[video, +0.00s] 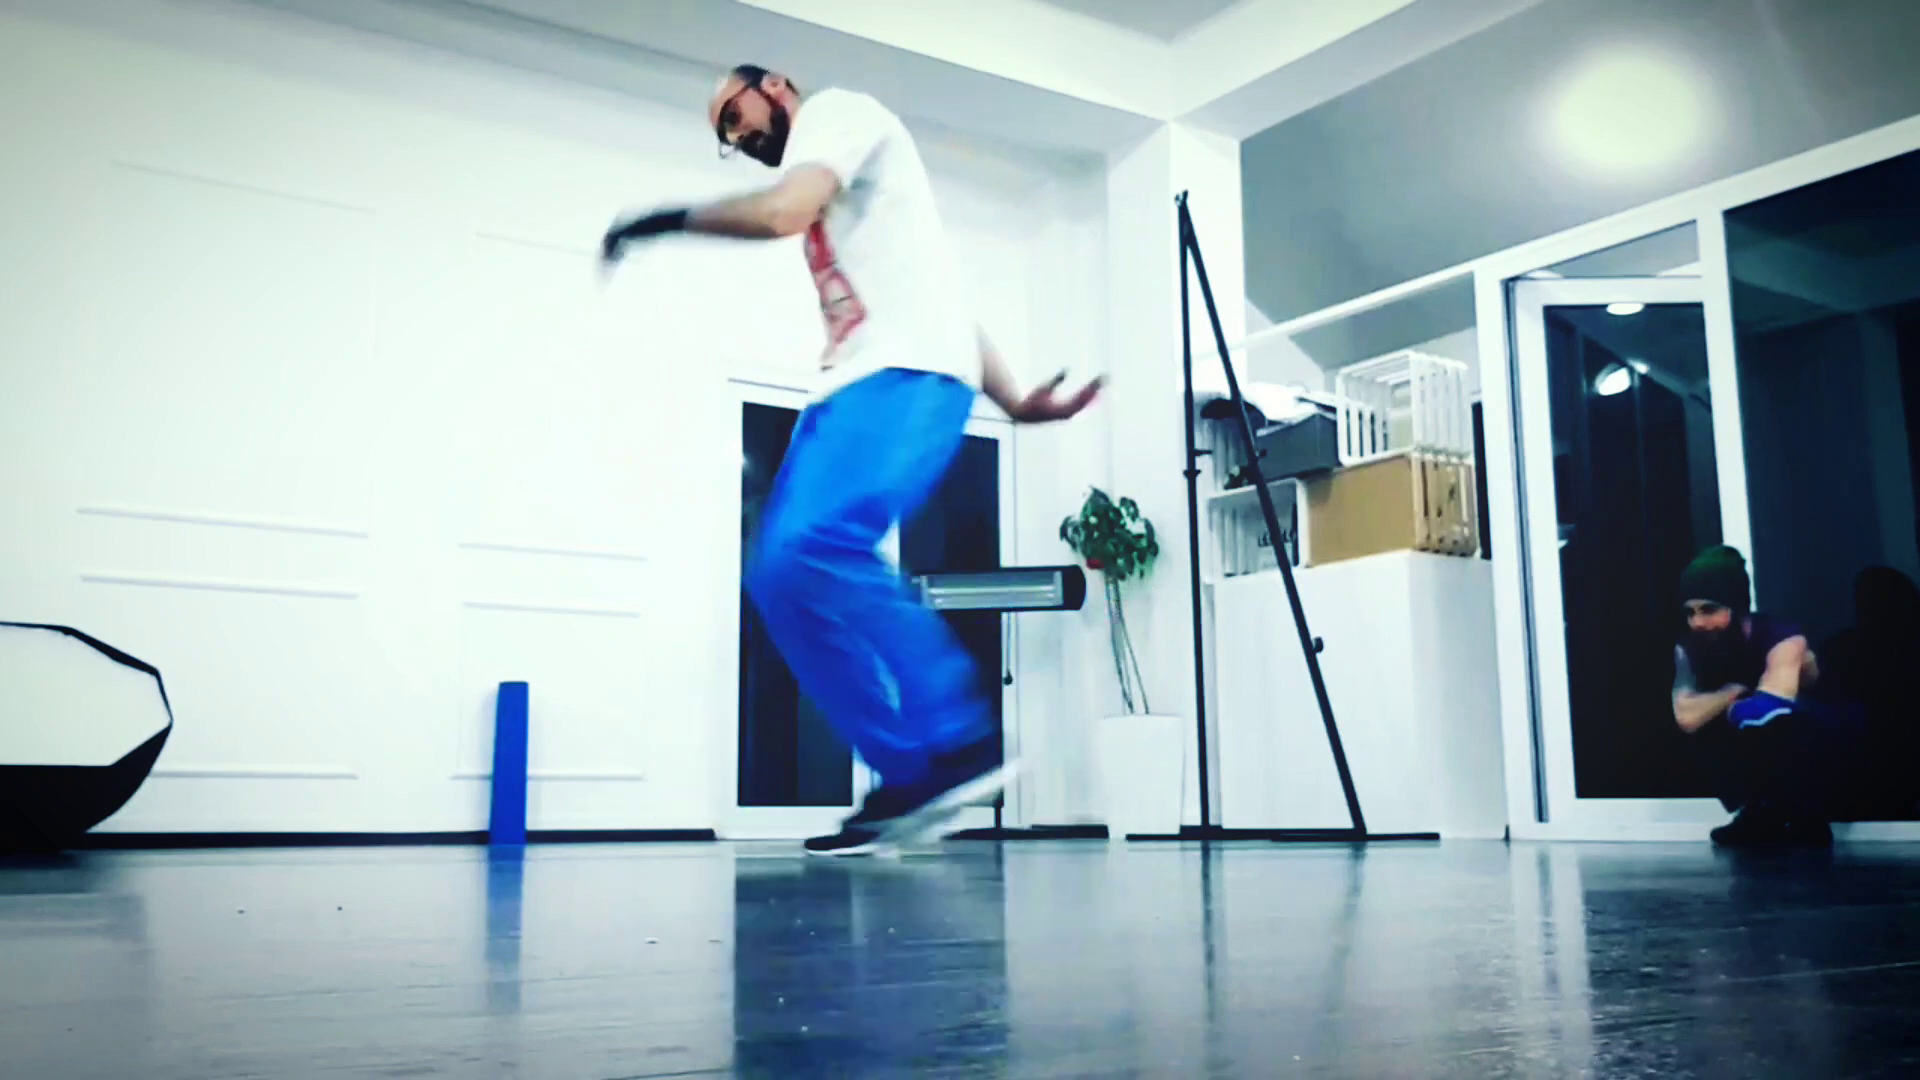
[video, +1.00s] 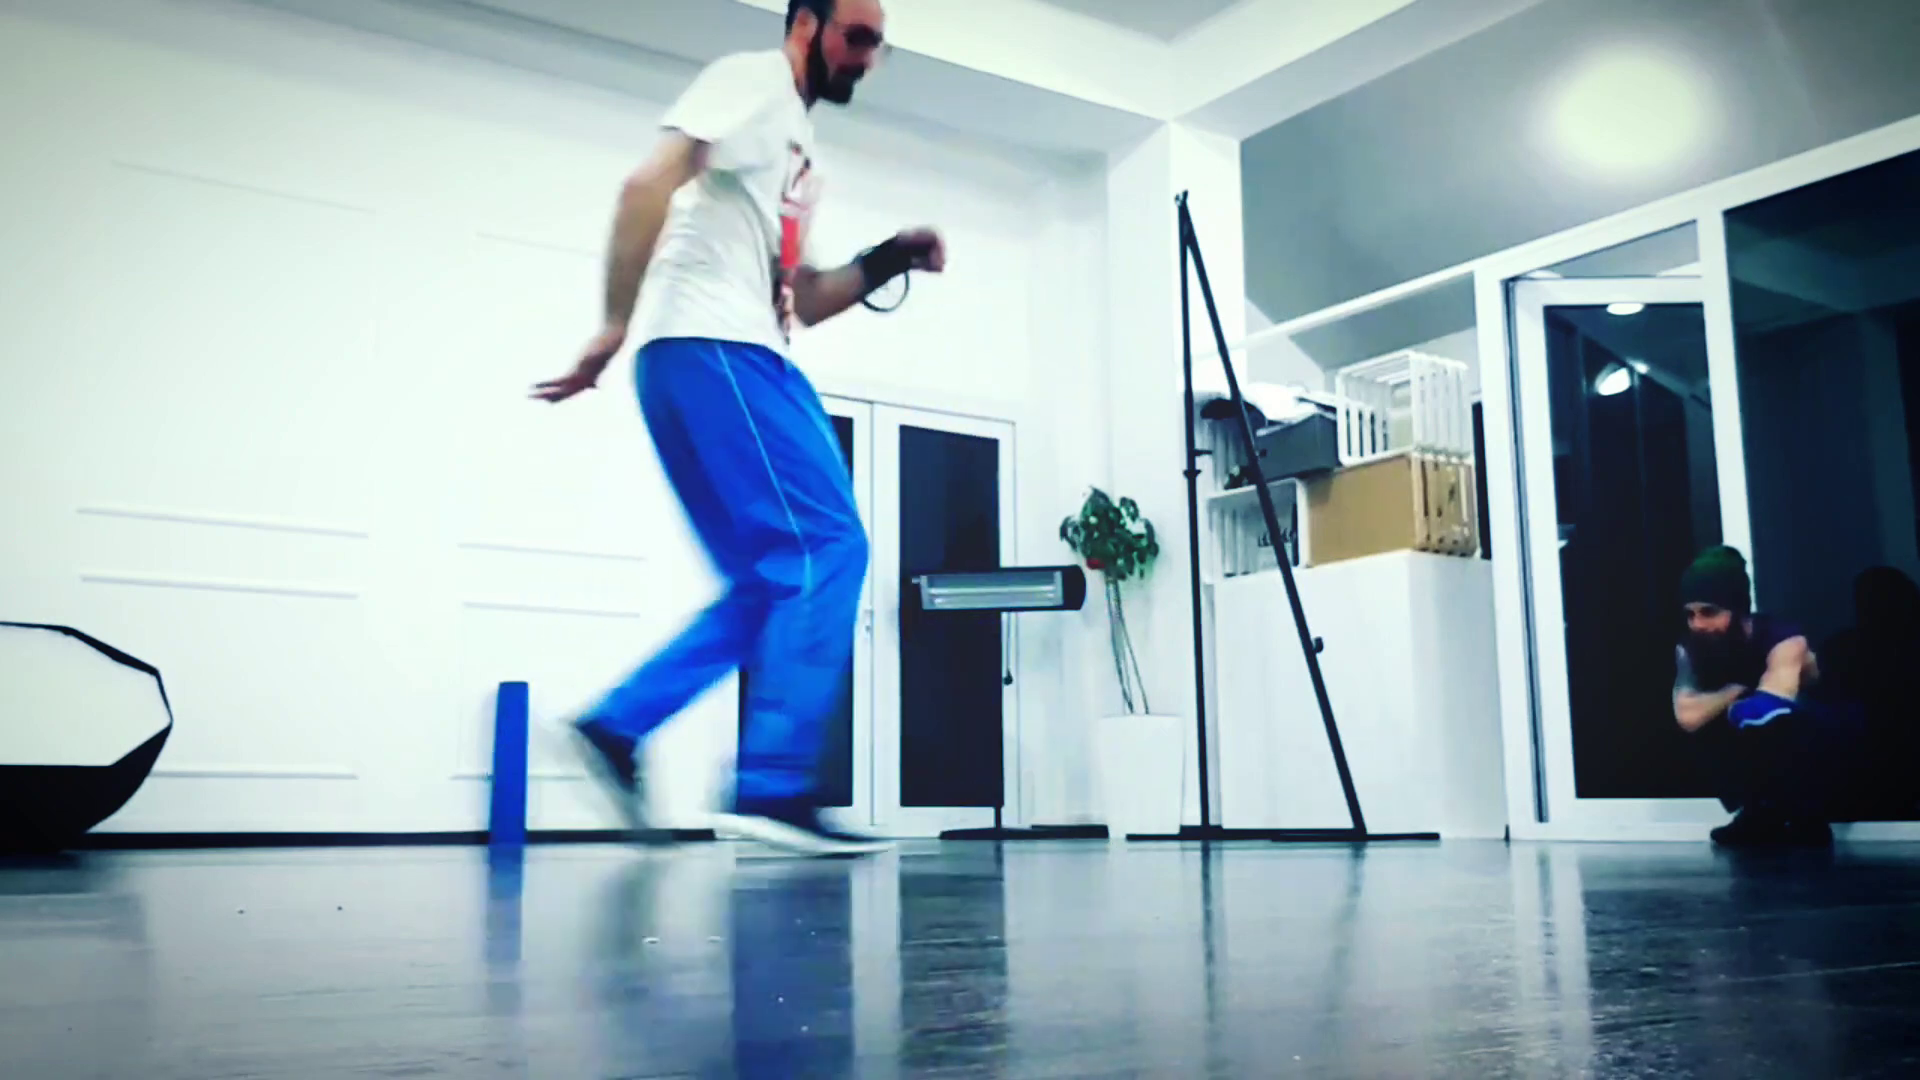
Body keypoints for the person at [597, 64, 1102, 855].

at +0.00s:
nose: (735, 136)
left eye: (735, 114)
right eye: (725, 135)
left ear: (774, 84)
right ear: (744, 143)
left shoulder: (842, 109)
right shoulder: (823, 187)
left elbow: (785, 210)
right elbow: (928, 284)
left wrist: (670, 218)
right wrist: (1016, 401)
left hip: (910, 370)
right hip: (854, 384)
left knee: (813, 546)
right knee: (778, 572)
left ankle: (960, 737)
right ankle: (905, 771)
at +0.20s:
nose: (709, 166)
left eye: (705, 148)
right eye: (702, 162)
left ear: (734, 111)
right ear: (751, 117)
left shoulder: (765, 123)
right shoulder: (837, 164)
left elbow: (768, 215)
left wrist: (715, 326)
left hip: (826, 341)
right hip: (909, 363)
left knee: (712, 533)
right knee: (812, 567)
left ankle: (659, 754)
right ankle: (898, 761)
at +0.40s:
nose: (694, 208)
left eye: (692, 196)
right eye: (691, 200)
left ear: (714, 170)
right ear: (763, 166)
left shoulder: (726, 191)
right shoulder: (832, 214)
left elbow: (731, 271)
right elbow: (772, 362)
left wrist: (749, 365)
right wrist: (654, 395)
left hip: (748, 411)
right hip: (844, 418)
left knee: (742, 611)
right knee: (801, 629)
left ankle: (722, 809)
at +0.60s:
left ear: (748, 143)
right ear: (812, 135)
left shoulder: (694, 174)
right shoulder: (842, 167)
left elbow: (597, 286)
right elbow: (891, 317)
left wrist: (591, 403)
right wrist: (814, 376)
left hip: (669, 362)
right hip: (766, 362)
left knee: (716, 600)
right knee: (788, 577)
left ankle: (719, 805)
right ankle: (611, 527)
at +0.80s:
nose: (868, 100)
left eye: (866, 89)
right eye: (864, 85)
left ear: (797, 66)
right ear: (836, 69)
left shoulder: (721, 120)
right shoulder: (820, 95)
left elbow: (683, 239)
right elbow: (900, 189)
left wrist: (753, 299)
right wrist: (869, 312)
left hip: (626, 341)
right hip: (704, 335)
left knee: (644, 580)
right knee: (800, 531)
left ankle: (527, 780)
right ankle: (800, 772)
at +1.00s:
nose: (869, 60)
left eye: (877, 44)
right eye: (858, 37)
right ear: (804, 23)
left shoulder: (797, 152)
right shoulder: (755, 79)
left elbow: (799, 302)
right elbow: (646, 186)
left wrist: (886, 258)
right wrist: (615, 326)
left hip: (697, 356)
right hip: (717, 344)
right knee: (829, 545)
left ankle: (612, 727)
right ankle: (774, 795)